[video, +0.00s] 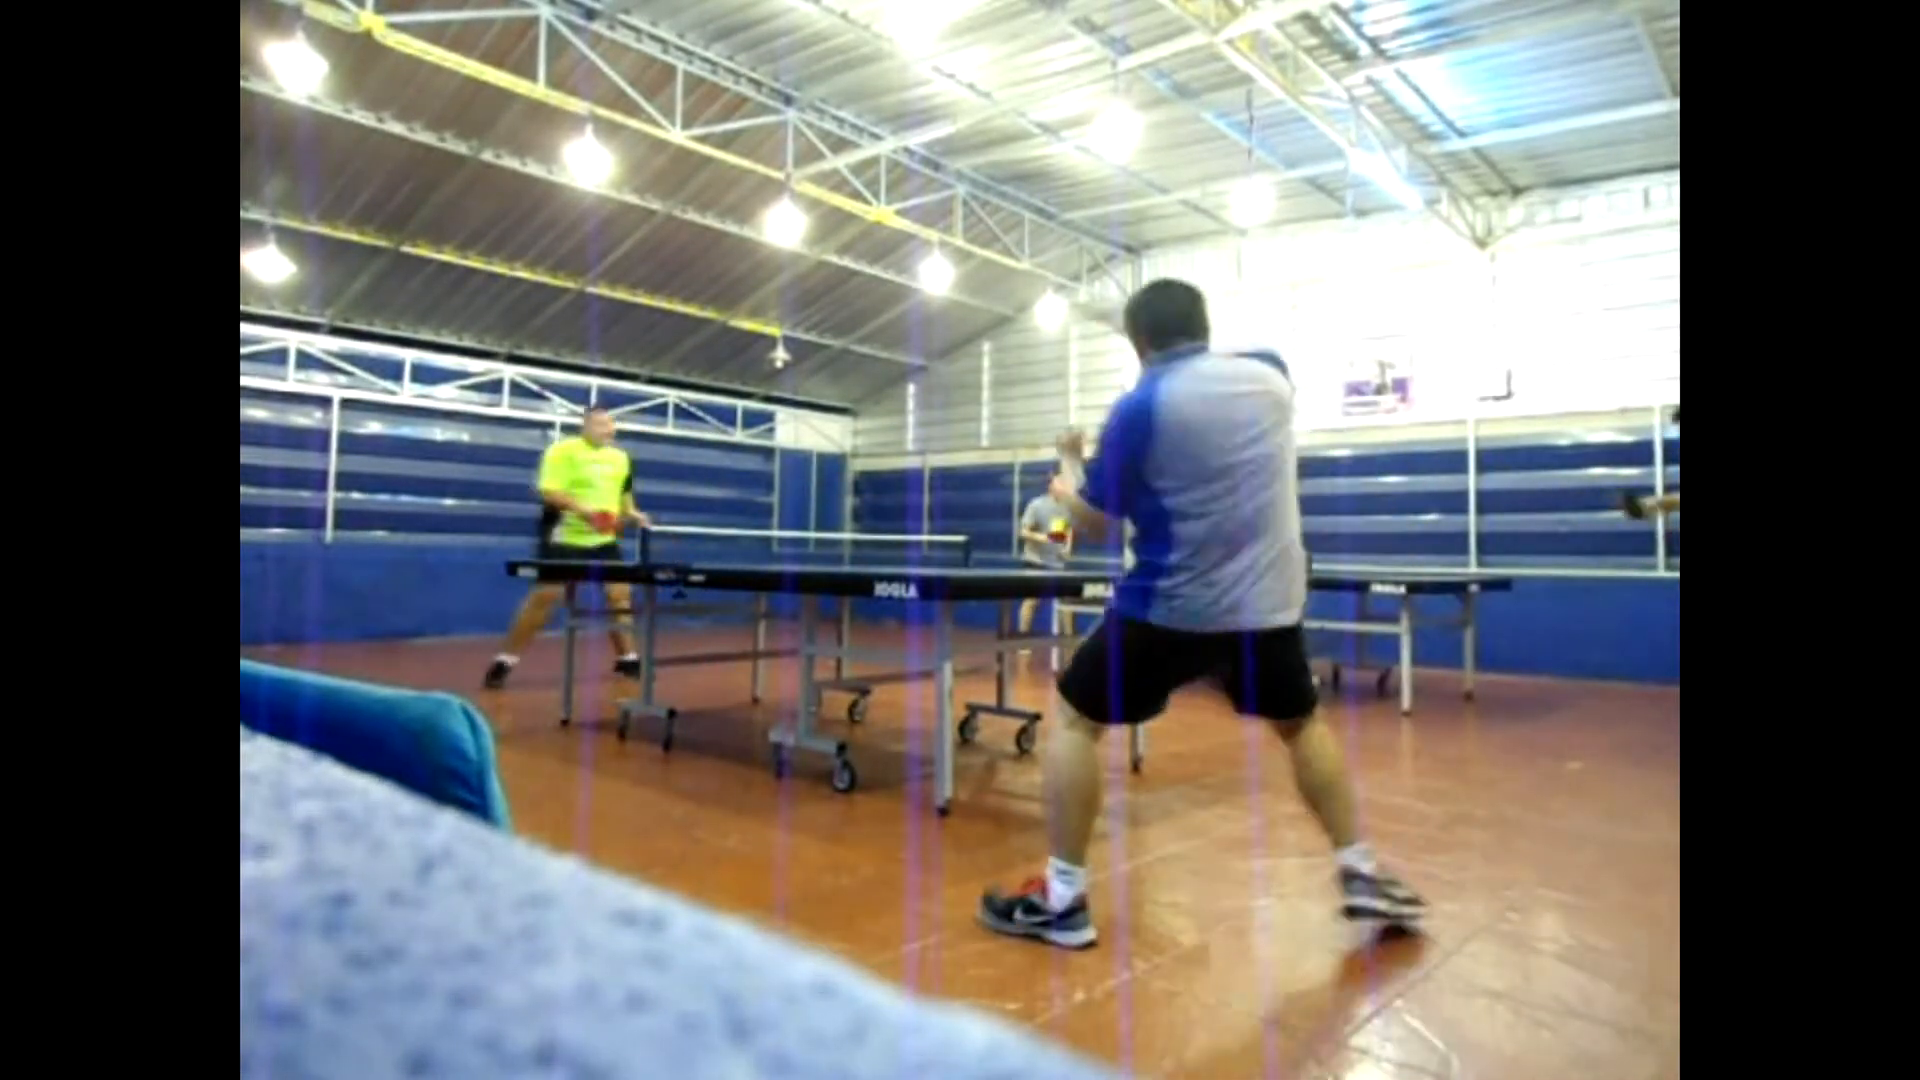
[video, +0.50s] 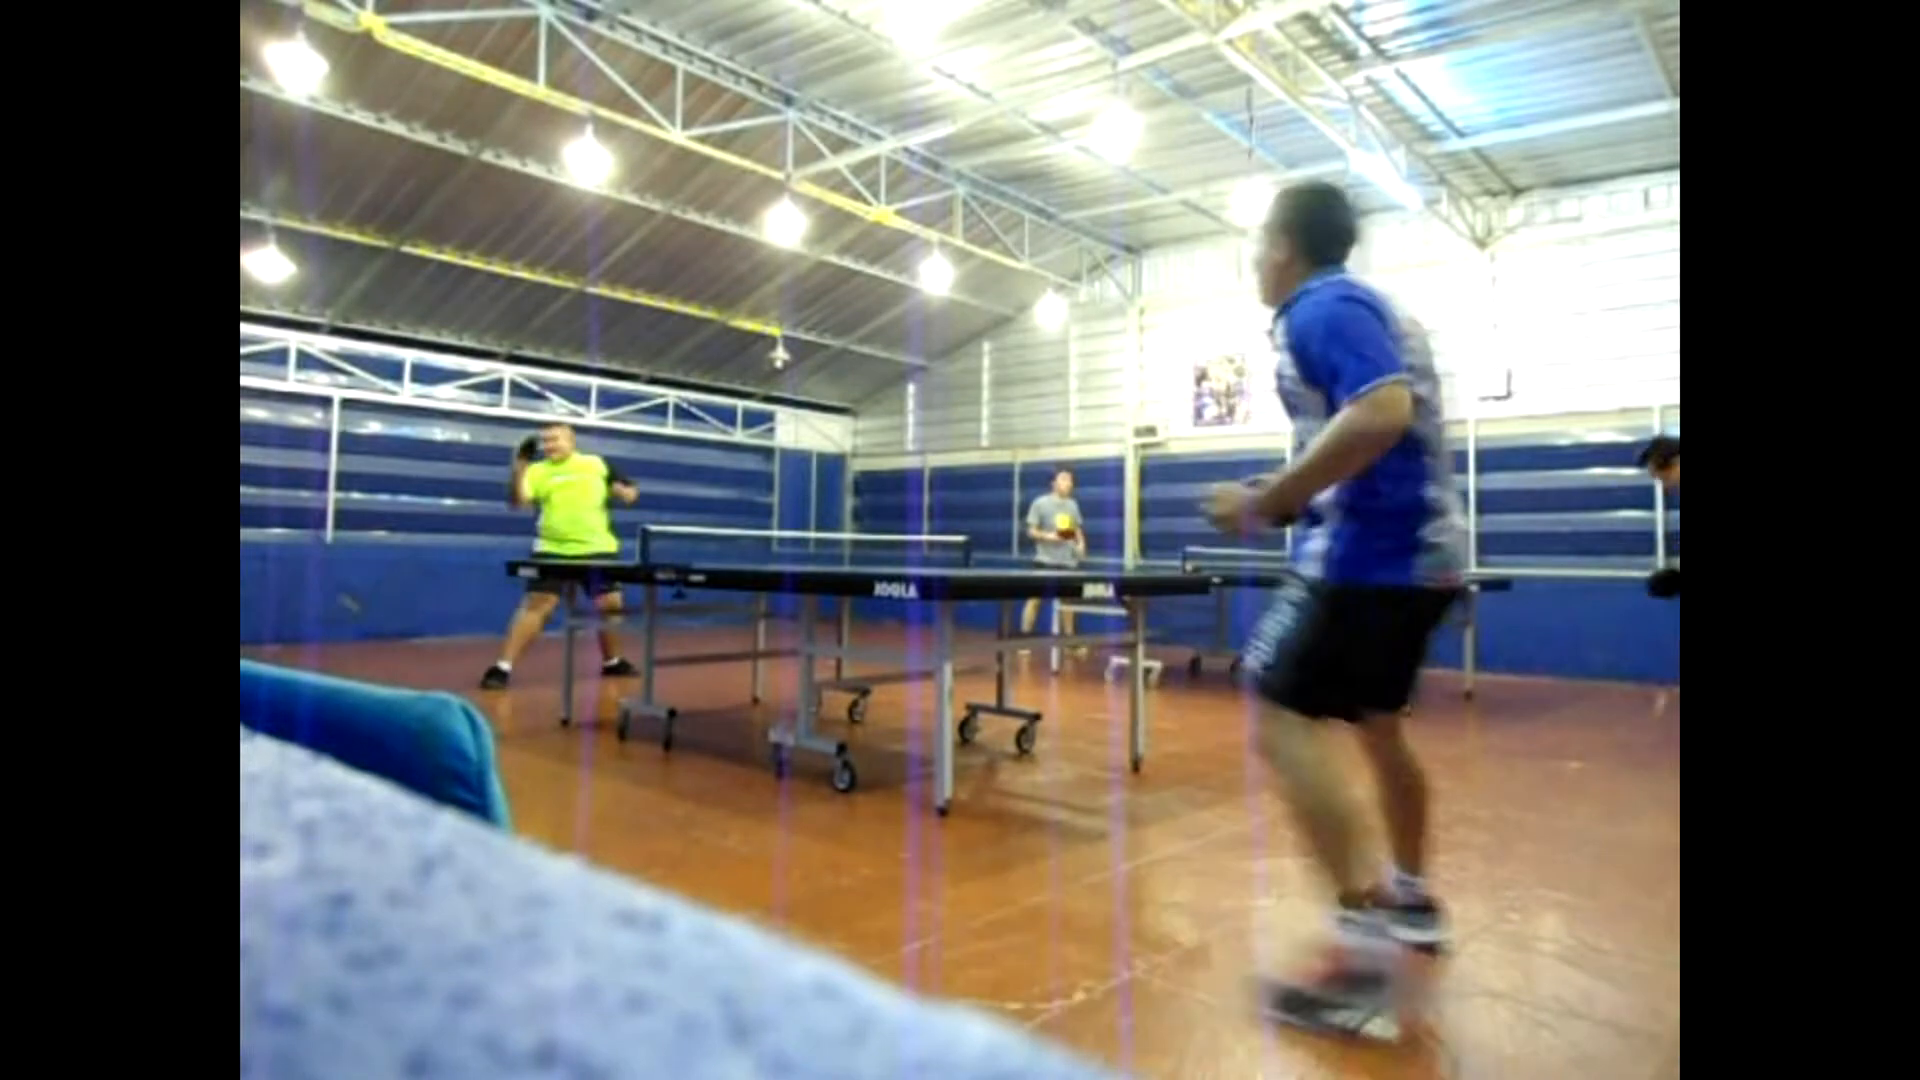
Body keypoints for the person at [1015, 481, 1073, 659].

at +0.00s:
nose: (1060, 488)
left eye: (1064, 483)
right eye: (1058, 482)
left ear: (1068, 486)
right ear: (1050, 482)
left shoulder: (1068, 507)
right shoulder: (1036, 505)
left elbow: (1070, 530)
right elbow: (1024, 531)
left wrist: (1067, 547)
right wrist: (1043, 538)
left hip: (1059, 561)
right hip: (1036, 561)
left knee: (1066, 601)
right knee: (1031, 600)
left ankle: (1068, 639)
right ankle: (1023, 636)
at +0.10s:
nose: (1062, 486)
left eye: (1064, 482)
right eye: (1058, 482)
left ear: (1067, 485)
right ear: (1051, 485)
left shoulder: (1068, 504)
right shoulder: (1037, 503)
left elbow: (1071, 526)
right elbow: (1024, 531)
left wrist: (1069, 545)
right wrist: (1044, 539)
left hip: (1061, 560)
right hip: (1038, 560)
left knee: (1066, 600)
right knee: (1031, 599)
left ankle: (1068, 637)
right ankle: (1023, 635)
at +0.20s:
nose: (1063, 485)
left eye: (1066, 481)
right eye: (1059, 481)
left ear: (1068, 485)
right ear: (1052, 483)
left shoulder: (1068, 504)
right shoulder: (1037, 503)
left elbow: (1072, 527)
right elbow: (1025, 530)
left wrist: (1071, 546)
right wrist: (1044, 538)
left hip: (1063, 558)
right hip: (1040, 559)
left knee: (1067, 600)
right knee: (1032, 599)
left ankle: (1068, 637)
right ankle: (1023, 635)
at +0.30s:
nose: (1064, 484)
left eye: (1067, 480)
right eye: (1061, 479)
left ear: (1070, 484)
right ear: (1053, 483)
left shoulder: (1071, 504)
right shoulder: (1039, 503)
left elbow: (1074, 528)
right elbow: (1029, 530)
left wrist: (1075, 546)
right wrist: (1048, 537)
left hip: (1065, 559)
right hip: (1043, 559)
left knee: (1068, 601)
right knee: (1033, 599)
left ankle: (1069, 638)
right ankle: (1024, 635)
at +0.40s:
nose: (1066, 485)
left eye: (1068, 481)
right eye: (1062, 480)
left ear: (1071, 484)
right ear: (1053, 483)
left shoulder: (1071, 504)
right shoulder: (1040, 502)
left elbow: (1076, 527)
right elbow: (1031, 530)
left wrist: (1078, 544)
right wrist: (1052, 537)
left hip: (1067, 560)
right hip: (1044, 560)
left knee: (1068, 602)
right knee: (1034, 599)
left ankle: (1069, 639)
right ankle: (1023, 636)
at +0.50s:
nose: (1066, 485)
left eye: (1069, 480)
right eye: (1062, 480)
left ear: (1072, 484)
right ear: (1054, 483)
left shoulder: (1072, 504)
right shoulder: (1040, 503)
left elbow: (1077, 527)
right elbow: (1032, 530)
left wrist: (1080, 544)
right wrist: (1052, 537)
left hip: (1068, 560)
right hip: (1045, 560)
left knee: (1068, 602)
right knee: (1035, 599)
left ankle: (1069, 639)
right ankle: (1025, 636)